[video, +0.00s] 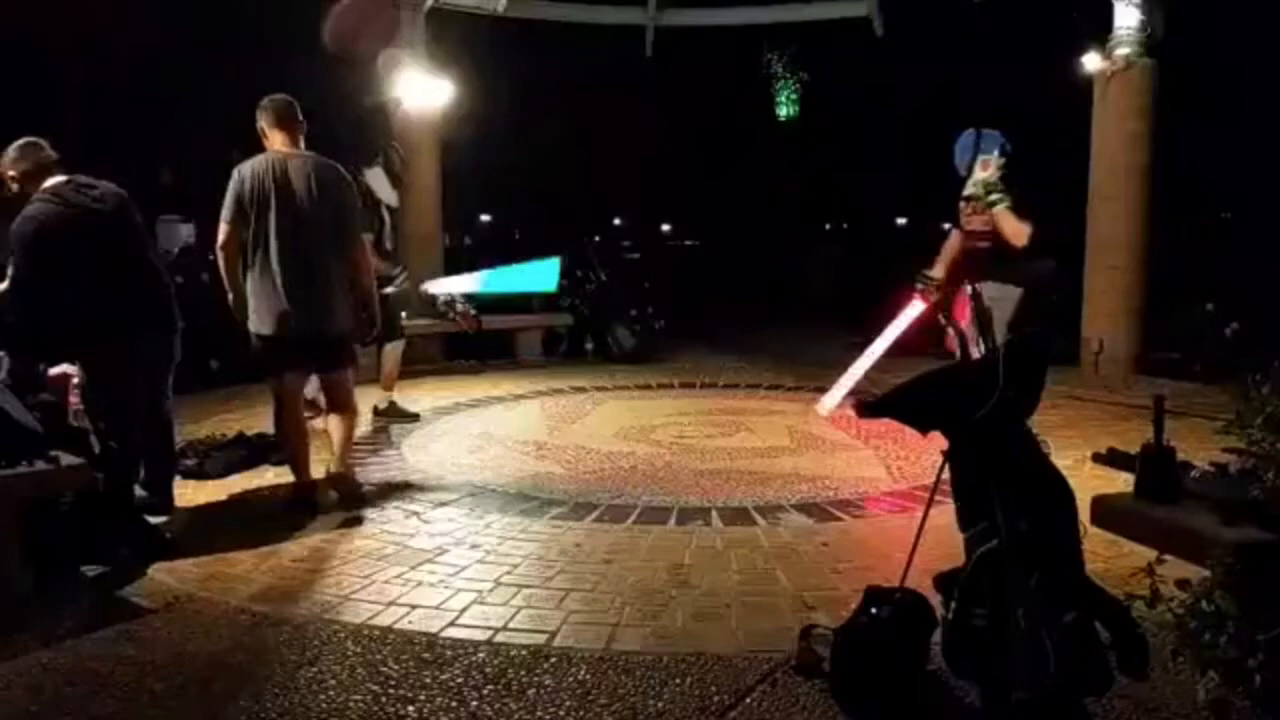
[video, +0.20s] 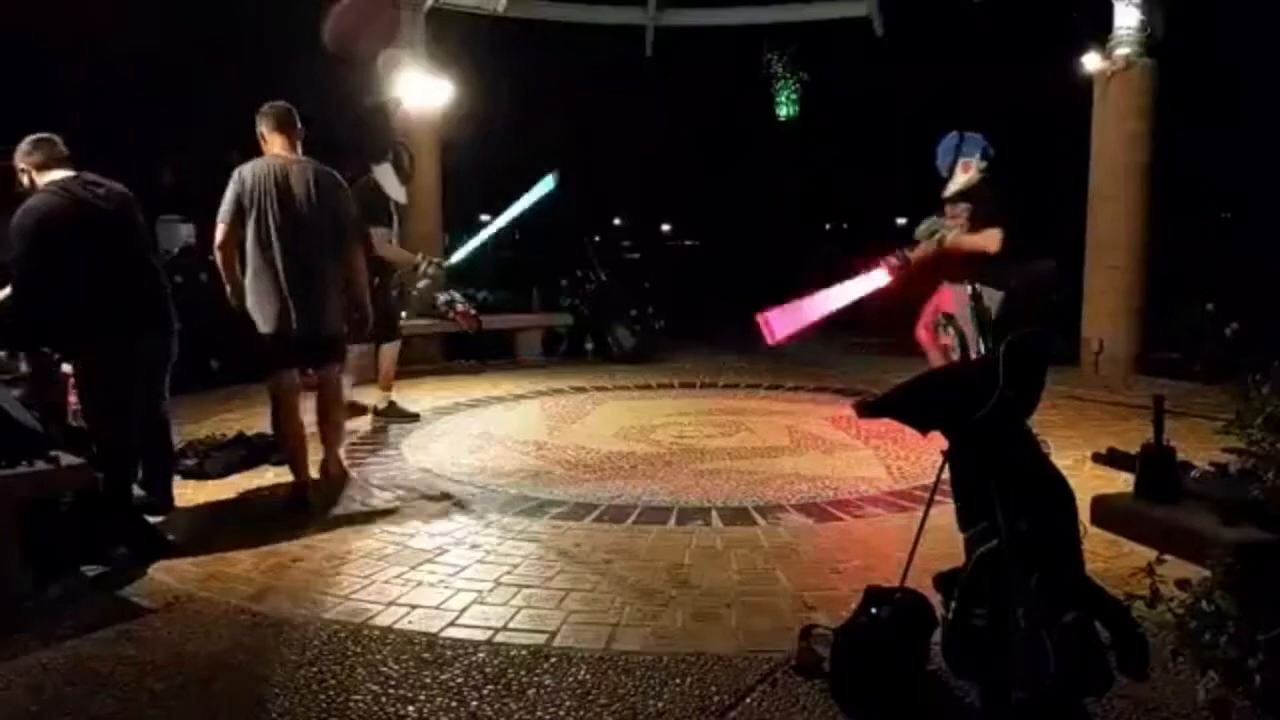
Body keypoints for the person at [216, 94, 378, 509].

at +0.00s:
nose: (268, 137)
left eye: (263, 131)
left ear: (264, 131)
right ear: (301, 127)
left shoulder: (246, 175)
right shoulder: (333, 175)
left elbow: (225, 244)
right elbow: (359, 249)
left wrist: (235, 295)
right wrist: (371, 303)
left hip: (273, 310)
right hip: (329, 308)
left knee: (288, 402)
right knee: (341, 400)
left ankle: (305, 488)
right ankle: (342, 467)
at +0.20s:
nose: (270, 142)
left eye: (264, 136)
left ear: (263, 136)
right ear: (300, 133)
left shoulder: (244, 177)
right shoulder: (327, 179)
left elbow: (222, 242)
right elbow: (354, 247)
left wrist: (233, 286)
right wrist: (363, 297)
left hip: (269, 305)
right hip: (323, 302)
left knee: (284, 394)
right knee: (330, 382)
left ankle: (302, 482)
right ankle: (333, 462)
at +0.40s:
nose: (263, 155)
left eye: (261, 150)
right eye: (266, 150)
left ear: (263, 148)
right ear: (298, 145)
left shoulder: (253, 186)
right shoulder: (327, 191)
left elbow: (230, 249)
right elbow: (345, 261)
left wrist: (227, 291)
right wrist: (352, 318)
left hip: (270, 309)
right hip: (317, 308)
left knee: (279, 395)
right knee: (314, 385)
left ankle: (299, 474)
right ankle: (310, 455)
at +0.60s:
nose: (256, 156)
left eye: (254, 151)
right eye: (257, 151)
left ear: (258, 148)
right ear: (291, 146)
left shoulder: (254, 182)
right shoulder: (319, 187)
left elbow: (239, 242)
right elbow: (333, 253)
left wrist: (225, 287)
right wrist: (334, 302)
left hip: (266, 296)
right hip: (310, 297)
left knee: (246, 384)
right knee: (302, 376)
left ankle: (281, 447)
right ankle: (307, 451)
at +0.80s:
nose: (236, 162)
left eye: (235, 157)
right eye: (236, 157)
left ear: (240, 152)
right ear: (271, 150)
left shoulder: (238, 182)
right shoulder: (301, 188)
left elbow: (226, 238)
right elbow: (317, 243)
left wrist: (224, 269)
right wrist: (303, 281)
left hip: (250, 298)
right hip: (295, 300)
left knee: (224, 368)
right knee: (297, 375)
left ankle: (225, 457)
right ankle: (304, 452)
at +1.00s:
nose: (204, 176)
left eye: (204, 171)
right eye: (205, 171)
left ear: (209, 167)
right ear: (240, 163)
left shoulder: (205, 197)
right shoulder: (270, 192)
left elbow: (200, 253)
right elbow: (297, 242)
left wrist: (199, 294)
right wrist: (293, 287)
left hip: (232, 302)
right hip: (282, 298)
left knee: (213, 380)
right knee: (291, 363)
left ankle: (219, 461)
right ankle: (308, 432)